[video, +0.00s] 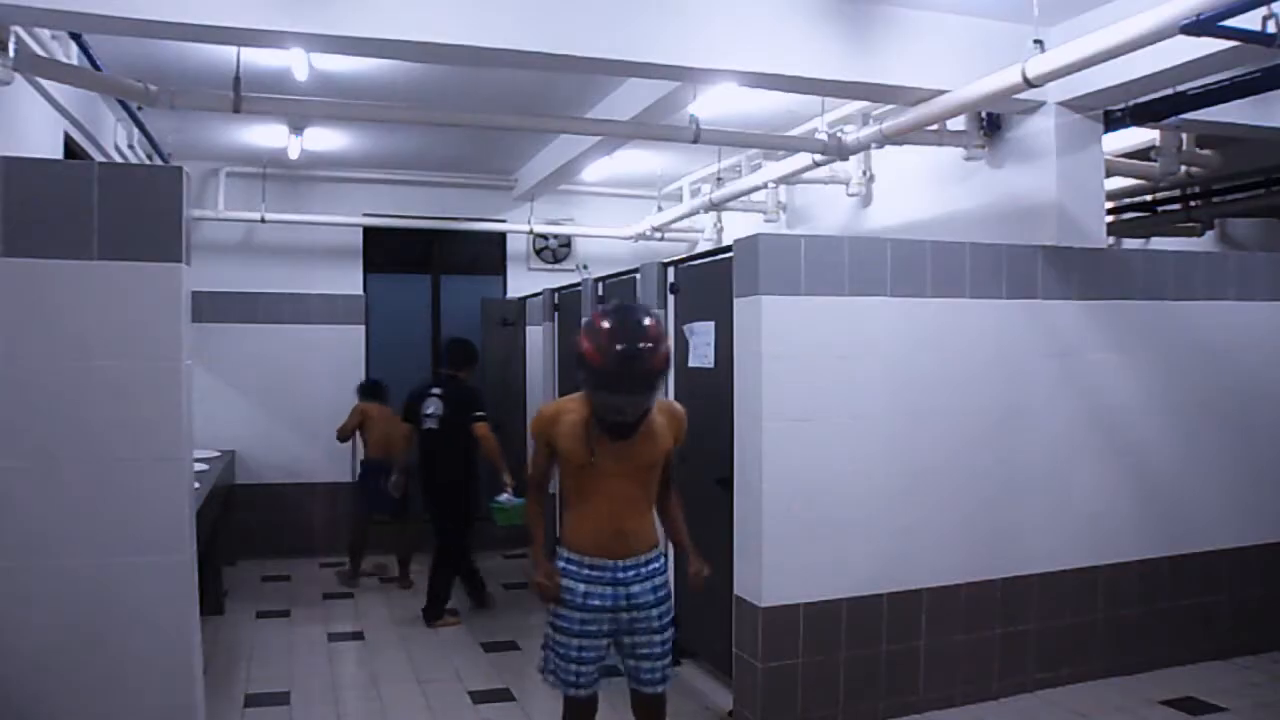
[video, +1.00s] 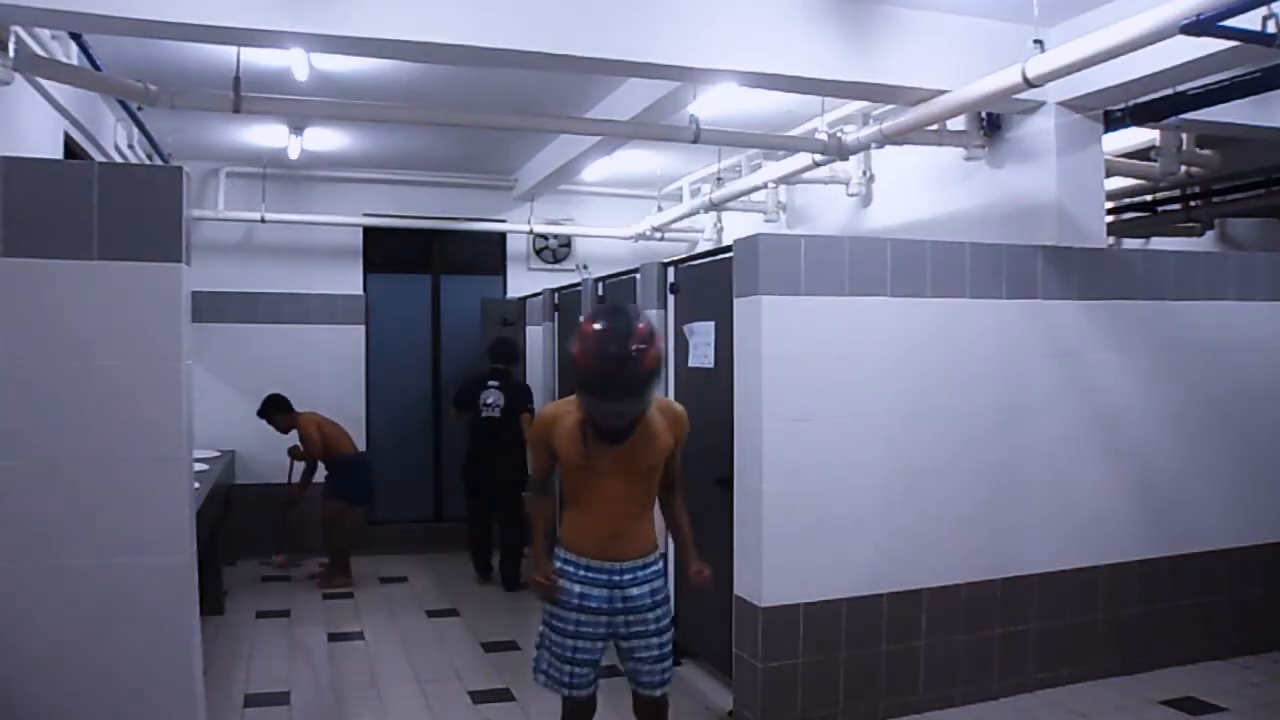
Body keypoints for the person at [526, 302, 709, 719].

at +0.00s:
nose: (623, 413)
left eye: (636, 401)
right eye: (611, 401)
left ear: (654, 383)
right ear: (588, 380)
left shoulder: (671, 420)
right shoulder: (554, 420)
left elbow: (665, 489)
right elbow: (535, 491)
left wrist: (688, 552)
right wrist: (540, 561)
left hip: (648, 575)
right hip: (580, 576)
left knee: (651, 698)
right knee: (579, 701)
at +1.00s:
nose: (615, 419)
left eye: (628, 409)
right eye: (603, 408)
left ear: (648, 386)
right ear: (584, 385)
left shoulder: (671, 419)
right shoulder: (552, 421)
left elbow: (671, 491)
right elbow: (540, 493)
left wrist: (690, 556)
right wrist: (540, 558)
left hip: (646, 575)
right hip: (577, 575)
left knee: (653, 702)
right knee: (578, 704)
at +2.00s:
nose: (618, 408)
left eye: (630, 396)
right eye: (605, 397)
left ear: (649, 377)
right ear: (583, 376)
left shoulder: (669, 417)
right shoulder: (550, 422)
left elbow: (676, 491)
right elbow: (540, 493)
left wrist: (697, 546)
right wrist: (541, 562)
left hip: (649, 576)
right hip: (581, 578)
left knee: (655, 696)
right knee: (581, 699)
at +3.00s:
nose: (621, 411)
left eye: (632, 399)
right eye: (608, 400)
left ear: (650, 381)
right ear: (587, 380)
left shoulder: (669, 416)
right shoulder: (553, 420)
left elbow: (678, 489)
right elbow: (535, 500)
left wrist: (698, 545)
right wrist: (545, 567)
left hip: (649, 576)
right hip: (582, 578)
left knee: (653, 698)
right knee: (581, 702)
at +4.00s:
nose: (627, 408)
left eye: (638, 396)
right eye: (615, 397)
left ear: (655, 379)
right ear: (588, 377)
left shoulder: (666, 418)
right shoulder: (549, 419)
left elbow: (668, 493)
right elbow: (522, 498)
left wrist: (687, 549)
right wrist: (539, 563)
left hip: (646, 578)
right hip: (579, 580)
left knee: (650, 700)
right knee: (579, 704)